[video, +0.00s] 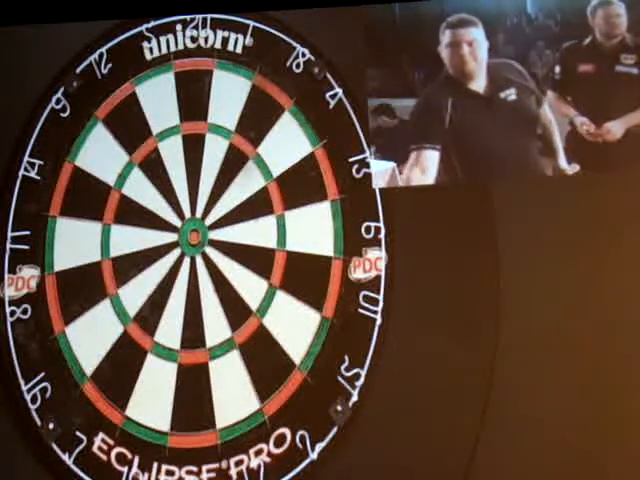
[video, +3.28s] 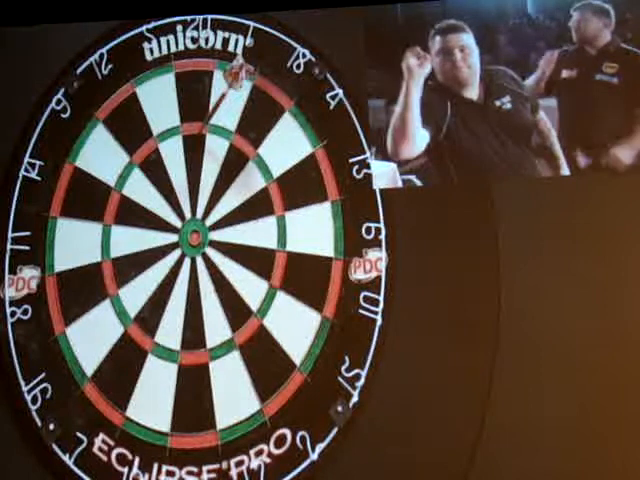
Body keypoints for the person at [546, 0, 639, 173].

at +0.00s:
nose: (613, 22)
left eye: (618, 16)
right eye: (607, 17)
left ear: (627, 19)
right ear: (592, 21)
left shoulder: (636, 52)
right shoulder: (571, 53)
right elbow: (553, 96)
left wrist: (622, 124)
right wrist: (576, 118)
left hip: (627, 163)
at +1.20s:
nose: (588, 22)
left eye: (593, 17)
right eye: (581, 17)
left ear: (605, 21)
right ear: (570, 23)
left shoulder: (628, 57)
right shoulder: (555, 59)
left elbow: (637, 107)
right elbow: (534, 99)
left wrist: (607, 128)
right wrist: (556, 120)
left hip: (615, 154)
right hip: (567, 155)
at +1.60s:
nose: (568, 23)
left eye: (574, 18)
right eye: (562, 19)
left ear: (585, 23)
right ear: (551, 24)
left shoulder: (605, 60)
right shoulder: (532, 59)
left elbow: (626, 105)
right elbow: (519, 103)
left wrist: (582, 126)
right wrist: (544, 126)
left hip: (594, 156)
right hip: (545, 154)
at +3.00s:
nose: (577, 24)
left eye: (585, 20)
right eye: (574, 19)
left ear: (607, 24)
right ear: (569, 23)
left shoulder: (630, 61)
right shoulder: (556, 60)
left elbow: (637, 111)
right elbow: (536, 99)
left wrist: (607, 123)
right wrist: (547, 114)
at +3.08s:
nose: (575, 24)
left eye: (584, 19)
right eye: (574, 19)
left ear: (607, 24)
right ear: (570, 22)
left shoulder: (631, 60)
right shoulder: (558, 60)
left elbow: (637, 112)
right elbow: (542, 101)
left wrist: (611, 126)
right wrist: (554, 117)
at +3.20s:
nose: (571, 24)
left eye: (580, 19)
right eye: (572, 19)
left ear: (606, 24)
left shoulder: (631, 61)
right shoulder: (564, 59)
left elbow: (638, 121)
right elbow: (530, 95)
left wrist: (623, 144)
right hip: (571, 163)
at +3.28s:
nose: (570, 25)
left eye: (579, 19)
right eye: (571, 19)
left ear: (606, 24)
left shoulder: (632, 61)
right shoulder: (563, 59)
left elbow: (636, 114)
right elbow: (528, 94)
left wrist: (630, 148)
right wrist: (541, 74)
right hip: (571, 163)